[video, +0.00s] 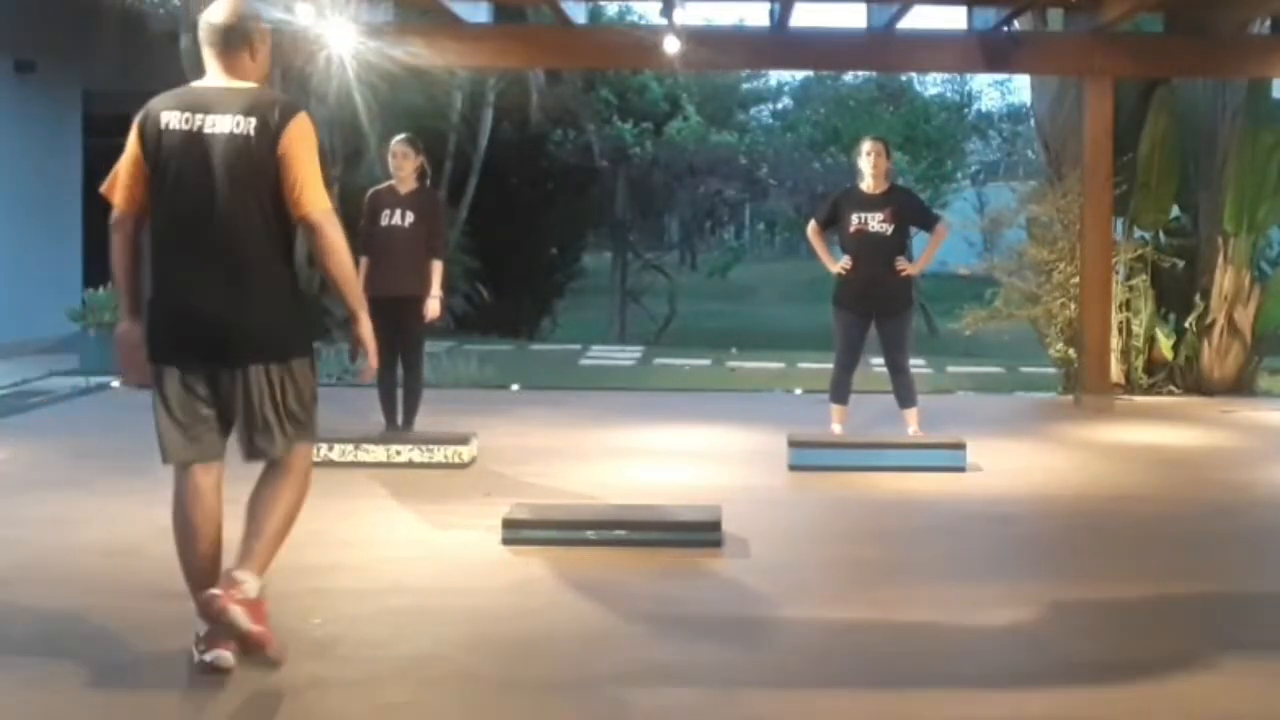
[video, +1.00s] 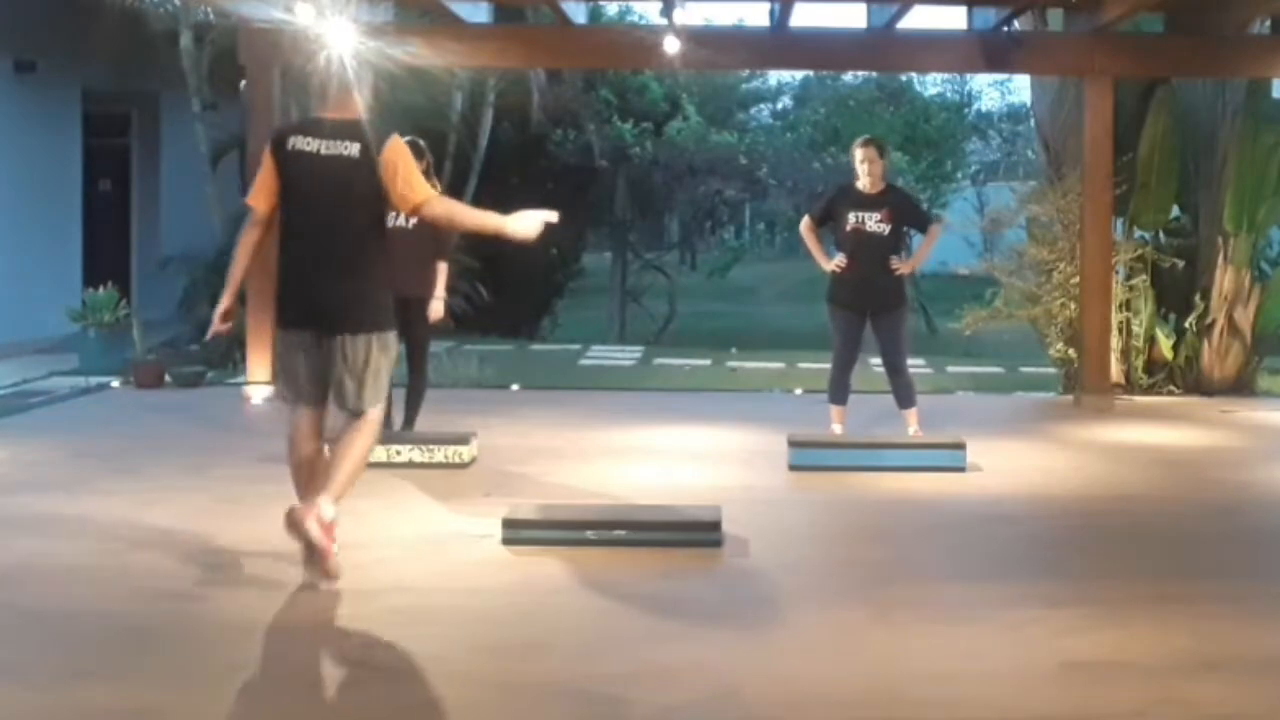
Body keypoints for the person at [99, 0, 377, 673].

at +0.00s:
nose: (271, 55)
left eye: (266, 45)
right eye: (268, 46)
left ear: (204, 48)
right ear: (257, 47)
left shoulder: (156, 114)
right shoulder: (283, 118)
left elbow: (122, 221)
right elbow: (317, 219)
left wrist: (127, 315)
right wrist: (360, 313)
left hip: (180, 326)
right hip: (266, 328)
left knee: (196, 467)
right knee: (292, 453)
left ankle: (212, 632)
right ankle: (246, 581)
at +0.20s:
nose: (295, 74)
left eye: (291, 64)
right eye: (294, 65)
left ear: (230, 64)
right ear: (283, 67)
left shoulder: (184, 124)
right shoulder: (306, 129)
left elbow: (151, 210)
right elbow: (323, 219)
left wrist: (188, 254)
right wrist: (359, 314)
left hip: (207, 319)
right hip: (285, 322)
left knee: (211, 462)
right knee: (297, 449)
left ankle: (214, 623)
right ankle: (296, 576)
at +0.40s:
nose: (326, 84)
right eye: (323, 76)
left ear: (264, 82)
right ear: (314, 81)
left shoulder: (225, 138)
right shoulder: (334, 143)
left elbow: (190, 213)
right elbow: (350, 230)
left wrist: (208, 260)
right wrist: (386, 318)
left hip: (240, 324)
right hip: (314, 325)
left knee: (232, 449)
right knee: (315, 441)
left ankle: (216, 570)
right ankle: (292, 571)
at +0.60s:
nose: (341, 86)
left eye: (335, 75)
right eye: (338, 76)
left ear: (285, 78)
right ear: (327, 80)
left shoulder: (247, 137)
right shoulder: (352, 141)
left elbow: (209, 219)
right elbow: (388, 225)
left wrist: (197, 287)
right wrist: (443, 284)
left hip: (267, 315)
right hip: (334, 318)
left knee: (274, 425)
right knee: (325, 435)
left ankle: (251, 529)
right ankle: (293, 569)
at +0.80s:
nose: (350, 90)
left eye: (343, 81)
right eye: (349, 82)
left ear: (301, 87)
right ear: (345, 88)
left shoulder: (264, 141)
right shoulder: (368, 141)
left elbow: (233, 224)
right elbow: (428, 202)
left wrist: (201, 295)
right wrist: (500, 226)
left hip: (282, 309)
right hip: (342, 311)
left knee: (295, 421)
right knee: (328, 423)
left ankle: (313, 533)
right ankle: (291, 556)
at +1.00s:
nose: (367, 95)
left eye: (356, 85)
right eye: (366, 86)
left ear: (318, 90)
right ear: (362, 91)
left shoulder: (284, 142)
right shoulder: (383, 145)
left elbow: (255, 222)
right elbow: (430, 207)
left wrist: (229, 294)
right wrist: (506, 224)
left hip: (298, 305)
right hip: (363, 308)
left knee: (305, 420)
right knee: (369, 413)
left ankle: (319, 549)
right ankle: (321, 506)